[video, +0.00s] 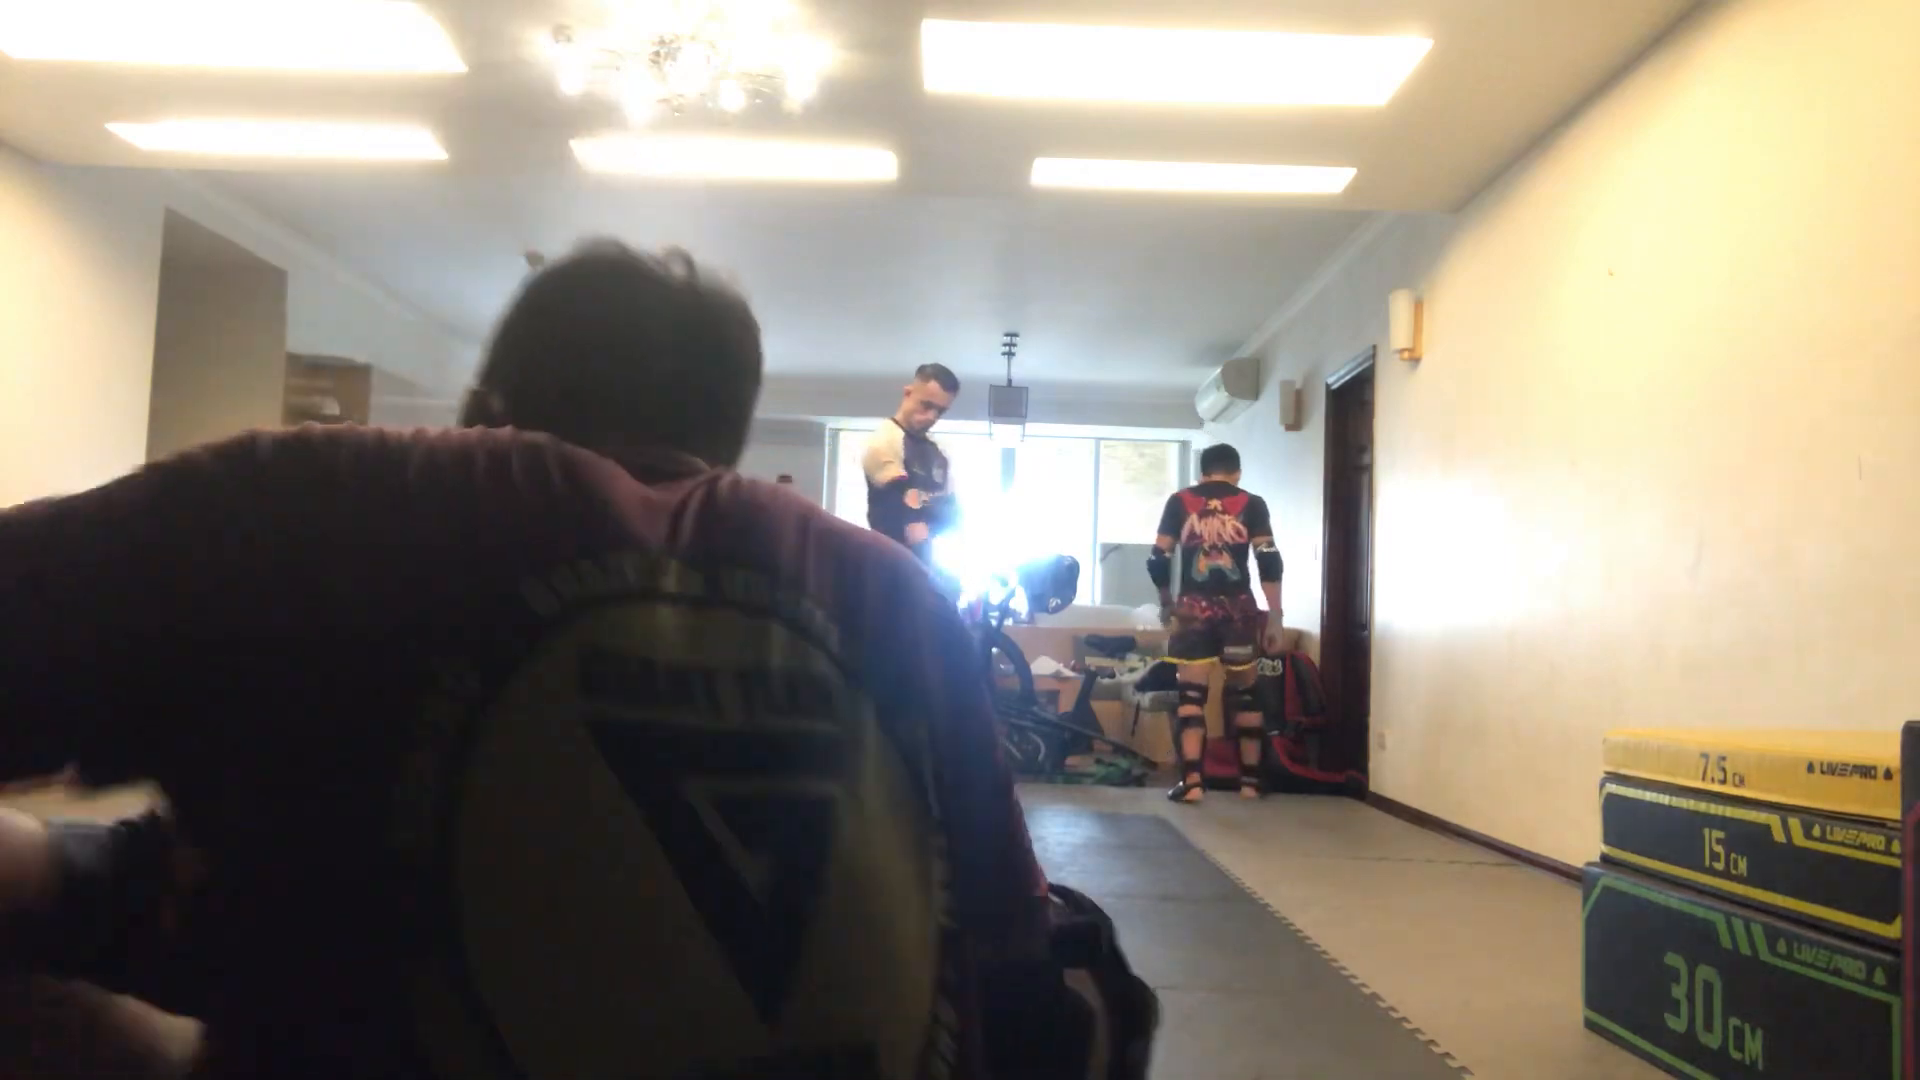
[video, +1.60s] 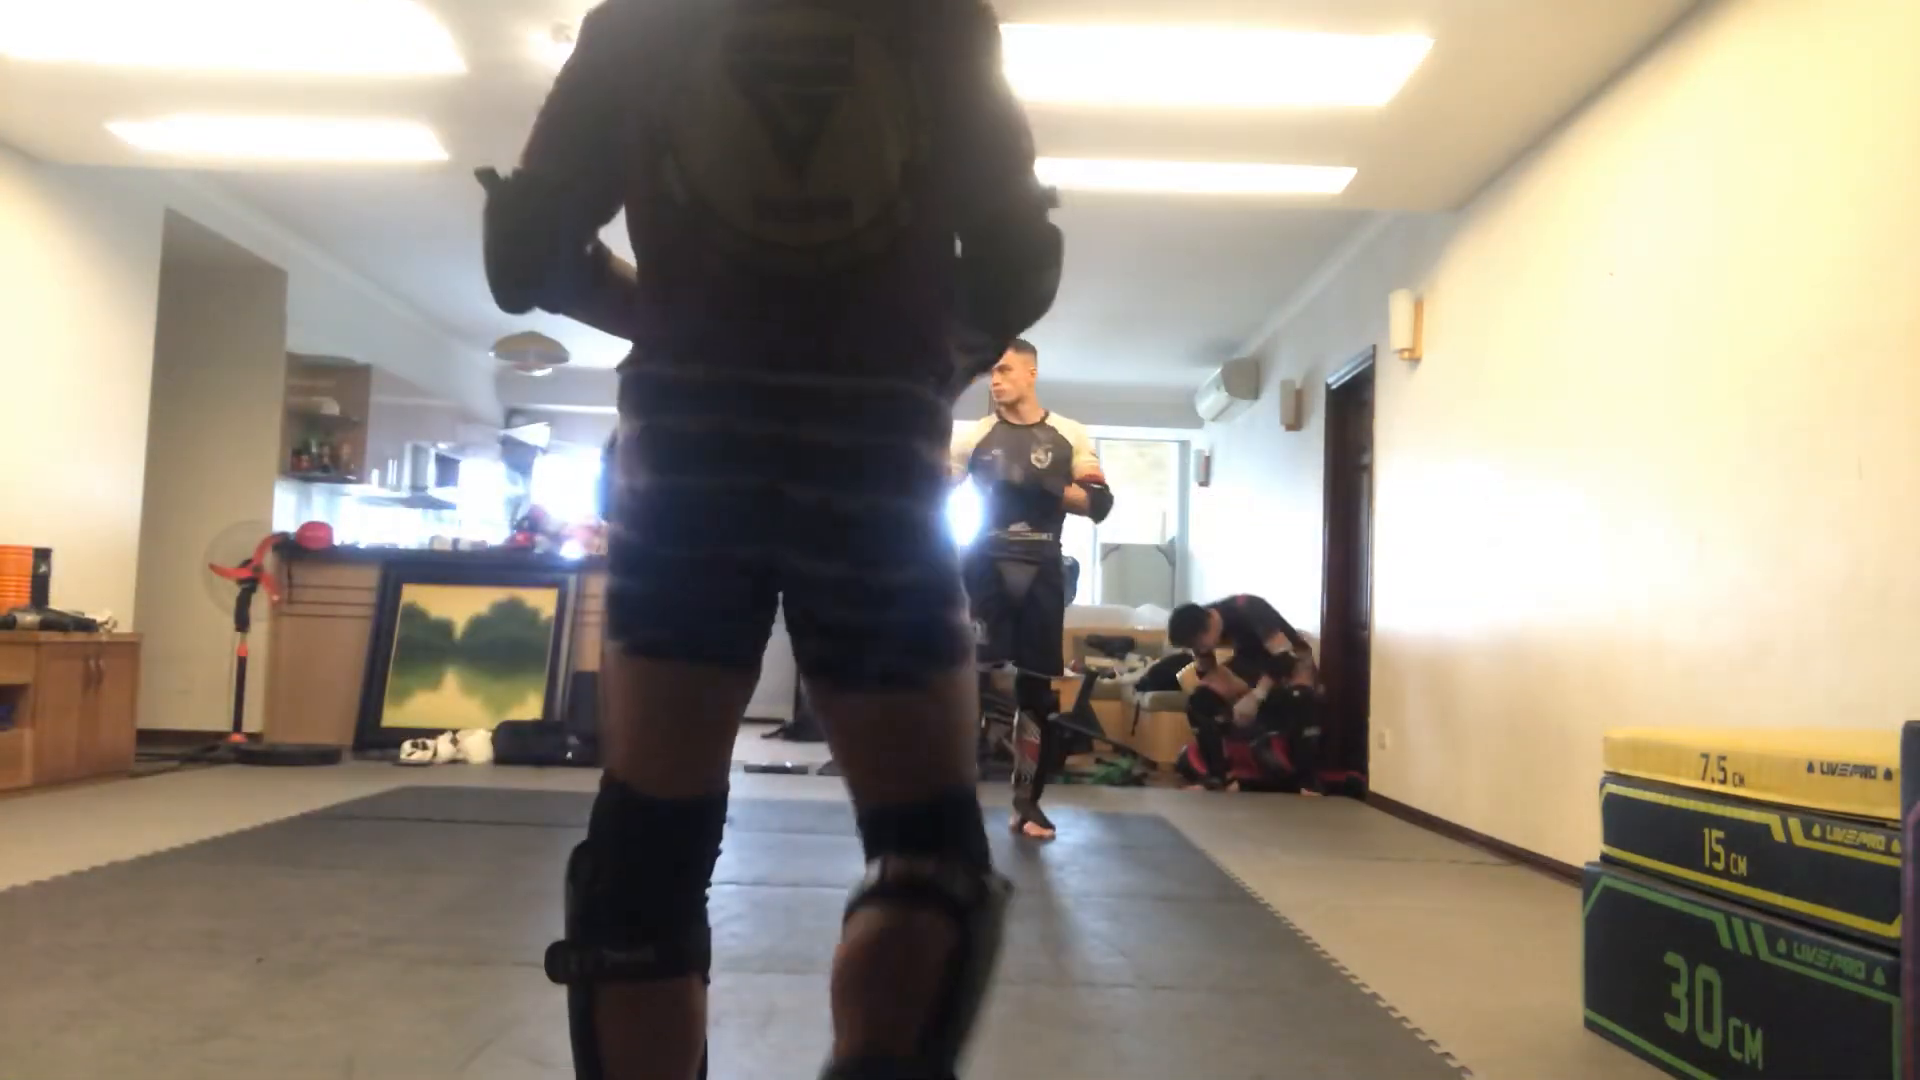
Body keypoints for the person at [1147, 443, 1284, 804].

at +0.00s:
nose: (1235, 478)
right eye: (1237, 473)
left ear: (1201, 472)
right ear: (1237, 472)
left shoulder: (1179, 501)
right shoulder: (1251, 504)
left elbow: (1157, 562)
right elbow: (1269, 561)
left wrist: (1168, 607)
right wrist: (1275, 616)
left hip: (1192, 614)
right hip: (1239, 614)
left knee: (1191, 696)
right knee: (1244, 693)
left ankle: (1192, 781)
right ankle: (1250, 781)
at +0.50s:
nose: (1187, 492)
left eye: (1186, 487)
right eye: (1186, 487)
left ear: (1193, 483)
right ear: (1217, 478)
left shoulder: (1198, 499)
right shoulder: (1249, 506)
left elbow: (1188, 556)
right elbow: (1277, 563)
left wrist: (1177, 606)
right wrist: (1270, 612)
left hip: (1219, 610)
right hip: (1258, 612)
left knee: (1200, 684)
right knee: (1248, 691)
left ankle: (1215, 770)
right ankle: (1249, 776)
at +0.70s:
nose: (1166, 509)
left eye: (1163, 501)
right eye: (1162, 503)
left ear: (1172, 492)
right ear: (1189, 485)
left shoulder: (1198, 508)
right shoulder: (1225, 505)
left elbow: (1198, 562)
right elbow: (1253, 564)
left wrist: (1179, 613)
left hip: (1225, 611)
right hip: (1251, 610)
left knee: (1208, 690)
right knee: (1233, 686)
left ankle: (1217, 772)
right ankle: (1248, 750)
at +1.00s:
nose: (1153, 544)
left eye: (1150, 537)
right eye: (1147, 539)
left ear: (1160, 524)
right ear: (1163, 522)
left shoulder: (1208, 529)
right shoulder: (1185, 544)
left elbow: (1232, 588)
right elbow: (1207, 592)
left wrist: (1212, 633)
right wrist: (1205, 633)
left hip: (1256, 623)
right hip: (1230, 625)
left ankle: (1225, 768)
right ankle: (1218, 764)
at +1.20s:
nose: (1163, 578)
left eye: (1161, 572)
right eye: (1157, 576)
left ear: (1170, 554)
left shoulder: (1212, 548)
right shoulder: (1179, 572)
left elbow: (1253, 593)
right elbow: (1192, 620)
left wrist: (1231, 645)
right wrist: (1200, 661)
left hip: (1267, 611)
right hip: (1236, 613)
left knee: (1254, 683)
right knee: (1211, 687)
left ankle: (1266, 772)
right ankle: (1216, 769)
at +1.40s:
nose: (1176, 612)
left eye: (1175, 606)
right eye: (1171, 610)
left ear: (1184, 587)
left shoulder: (1226, 575)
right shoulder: (1185, 599)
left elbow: (1262, 621)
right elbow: (1196, 641)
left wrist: (1246, 668)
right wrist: (1206, 681)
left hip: (1278, 621)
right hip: (1240, 628)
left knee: (1282, 693)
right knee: (1210, 697)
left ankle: (1307, 778)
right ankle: (1216, 775)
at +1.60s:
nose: (1201, 650)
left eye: (1202, 644)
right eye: (1196, 648)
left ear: (1211, 623)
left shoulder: (1248, 609)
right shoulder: (1199, 635)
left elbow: (1284, 657)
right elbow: (1208, 673)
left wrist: (1256, 696)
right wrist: (1241, 693)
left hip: (1291, 657)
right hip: (1248, 660)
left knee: (1298, 703)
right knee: (1200, 701)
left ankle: (1307, 781)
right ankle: (1216, 775)